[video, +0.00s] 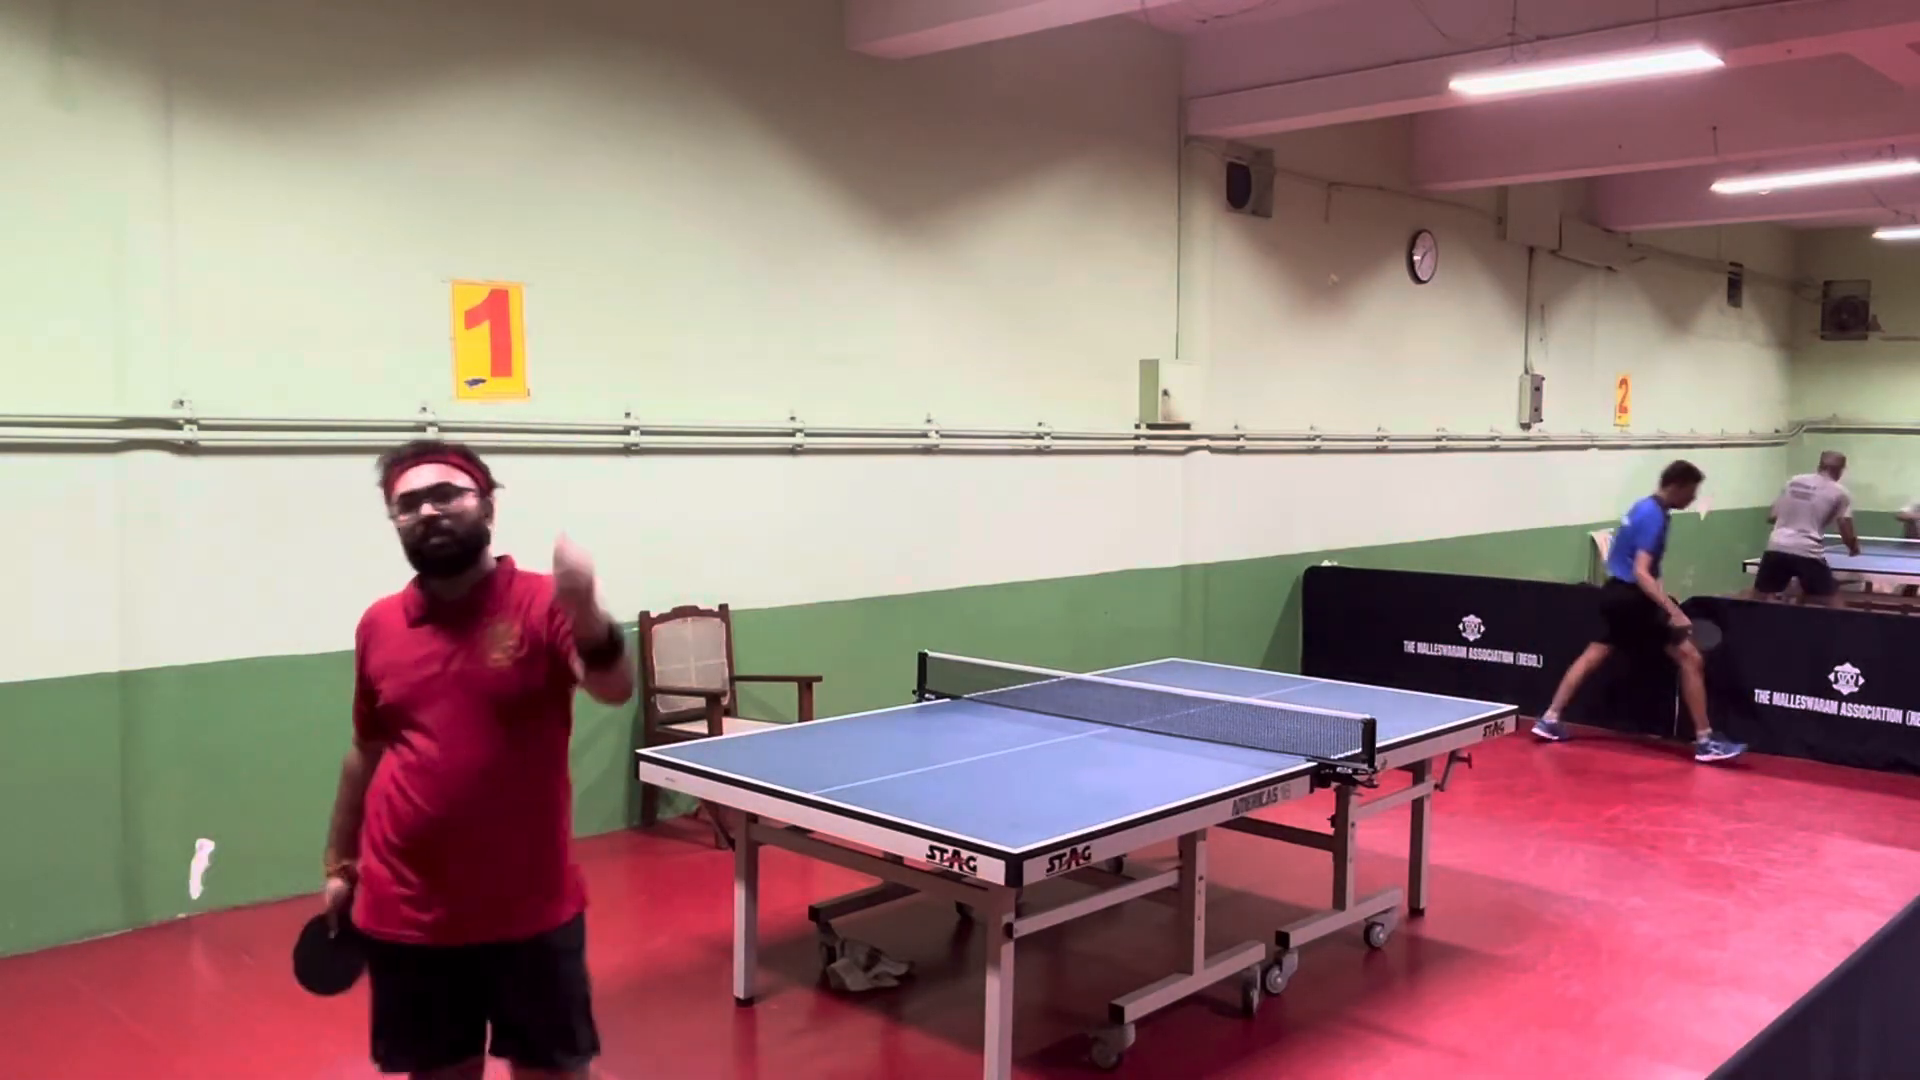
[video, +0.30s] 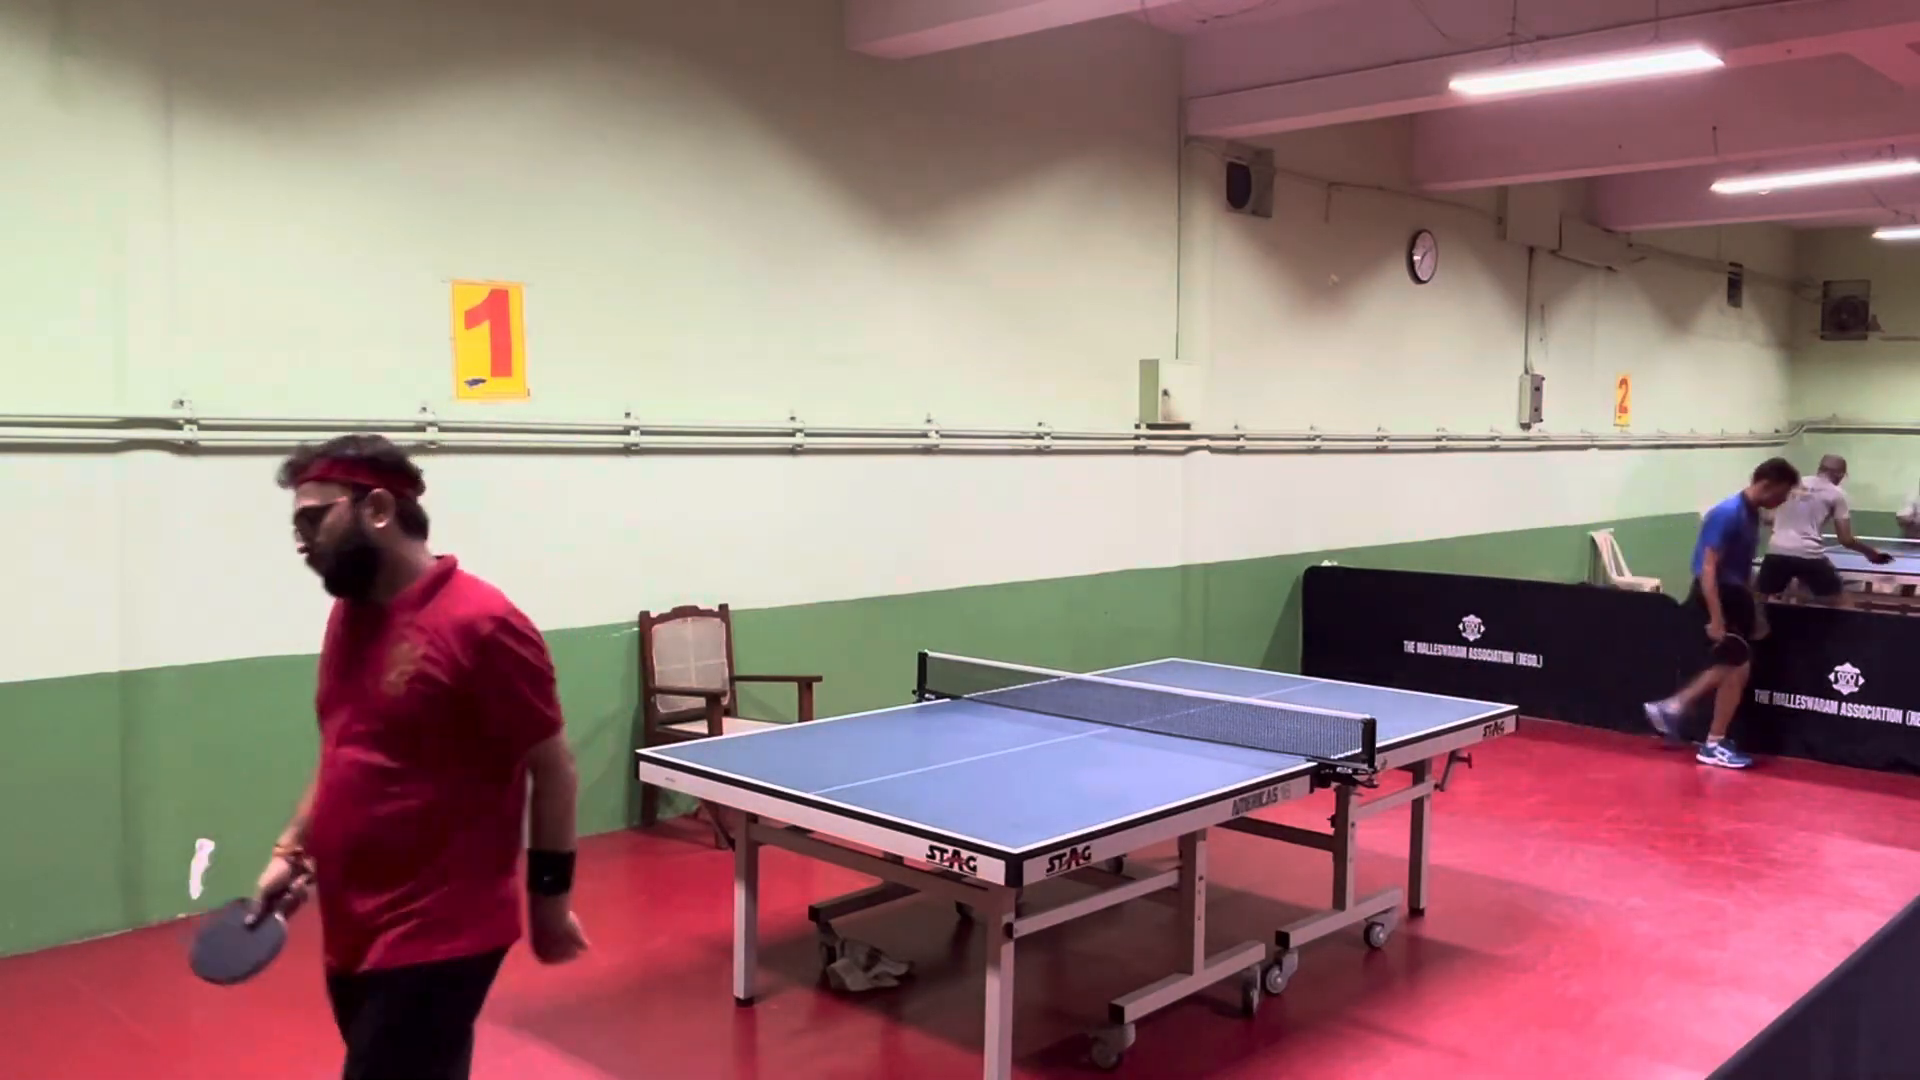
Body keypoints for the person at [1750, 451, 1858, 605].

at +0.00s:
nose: (1842, 474)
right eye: (1841, 470)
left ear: (1819, 466)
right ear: (1839, 470)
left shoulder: (1795, 481)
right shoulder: (1840, 493)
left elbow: (1772, 516)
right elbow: (1847, 534)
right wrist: (1854, 548)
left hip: (1776, 552)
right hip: (1808, 557)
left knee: (1758, 601)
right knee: (1834, 605)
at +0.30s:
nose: (1842, 479)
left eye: (1843, 475)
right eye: (1843, 475)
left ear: (1819, 469)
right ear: (1839, 474)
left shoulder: (1794, 483)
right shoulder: (1836, 493)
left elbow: (1767, 516)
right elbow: (1845, 539)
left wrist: (1783, 526)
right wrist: (1872, 555)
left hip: (1777, 553)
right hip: (1809, 556)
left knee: (1758, 602)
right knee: (1839, 603)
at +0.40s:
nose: (1856, 484)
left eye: (1857, 480)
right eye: (1856, 480)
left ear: (1833, 474)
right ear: (1851, 478)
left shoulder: (1810, 489)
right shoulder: (1843, 498)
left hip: (1789, 557)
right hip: (1817, 560)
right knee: (1854, 608)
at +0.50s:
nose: (1879, 490)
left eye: (1880, 486)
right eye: (1879, 486)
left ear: (1857, 478)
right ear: (1873, 483)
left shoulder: (1835, 495)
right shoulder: (1862, 502)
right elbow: (1876, 541)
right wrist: (1915, 550)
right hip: (1833, 566)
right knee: (1862, 595)